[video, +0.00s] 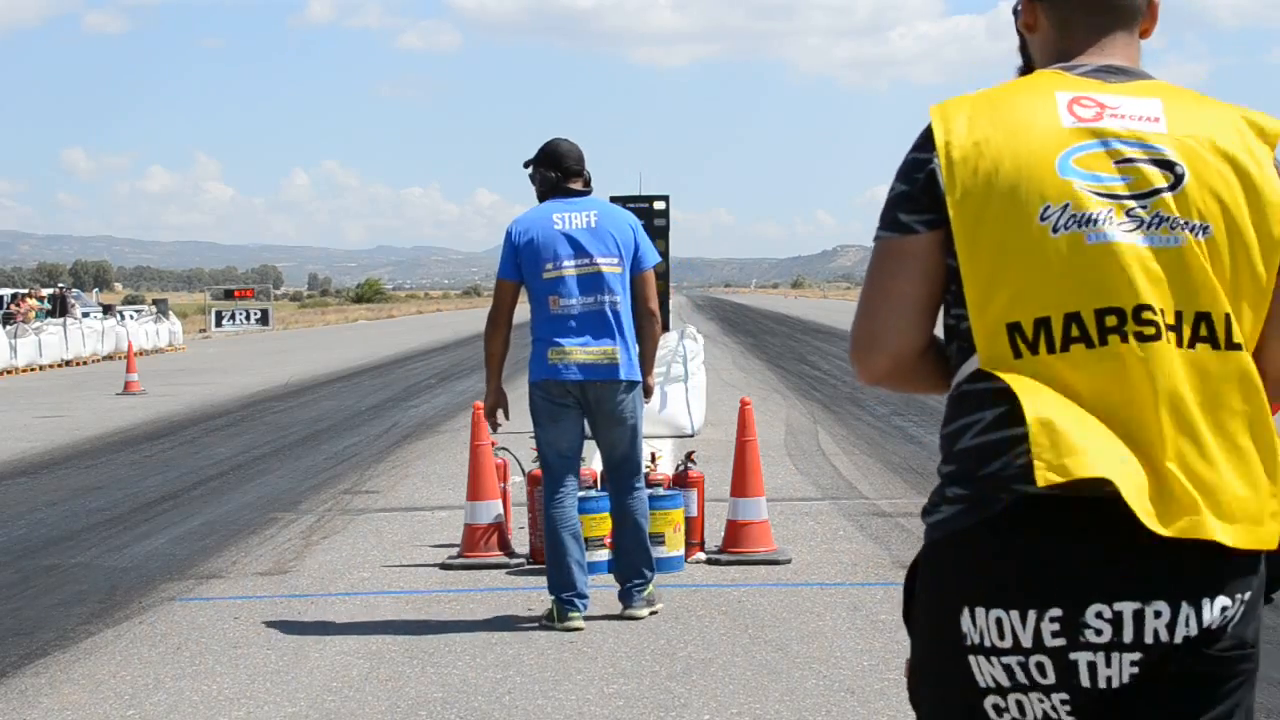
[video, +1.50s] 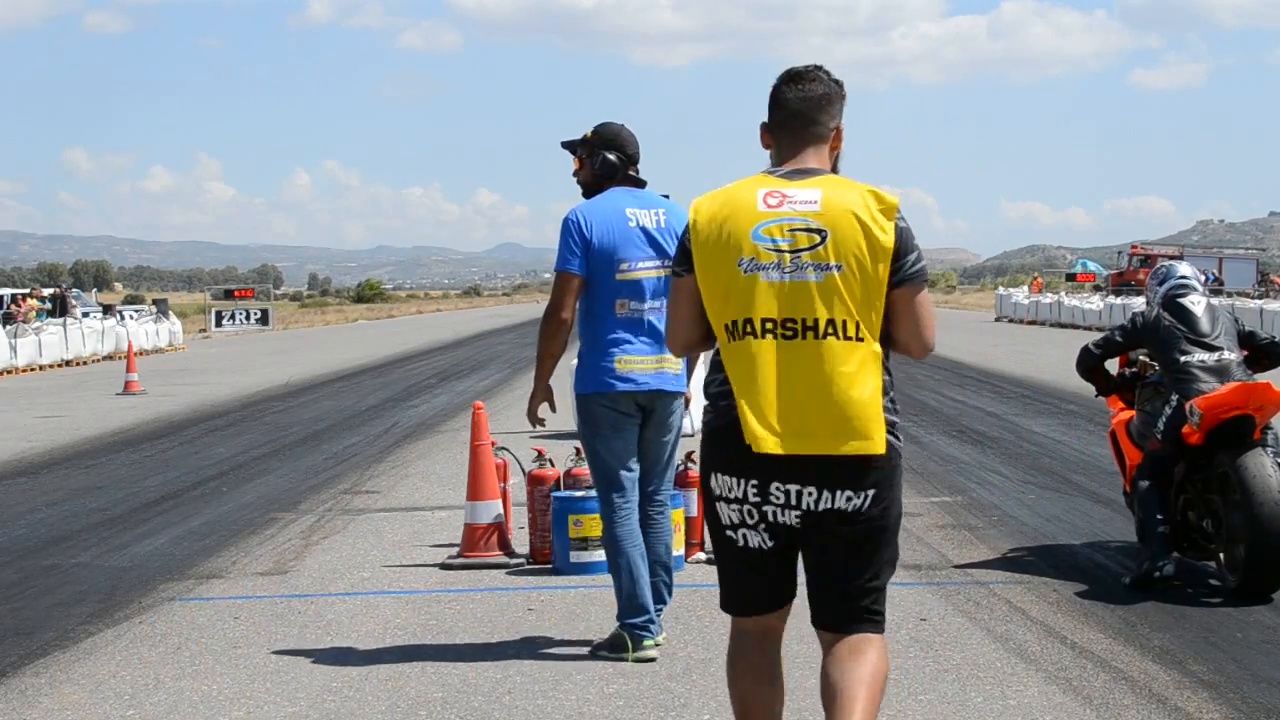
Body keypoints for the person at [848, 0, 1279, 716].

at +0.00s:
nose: (1019, 27)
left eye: (1017, 19)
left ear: (1026, 16)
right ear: (1152, 17)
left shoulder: (960, 132)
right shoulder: (1259, 145)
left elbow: (881, 354)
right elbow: (1270, 379)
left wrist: (999, 361)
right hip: (1207, 584)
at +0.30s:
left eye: (914, 71)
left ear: (922, 71)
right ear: (1032, 66)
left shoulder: (871, 183)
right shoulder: (1127, 178)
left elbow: (815, 381)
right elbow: (1172, 375)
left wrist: (912, 363)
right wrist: (1063, 361)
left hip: (921, 552)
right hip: (1091, 549)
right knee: (1093, 708)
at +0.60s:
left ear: (845, 71)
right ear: (945, 68)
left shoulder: (791, 173)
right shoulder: (1016, 165)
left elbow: (743, 345)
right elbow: (1070, 337)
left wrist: (835, 308)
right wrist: (976, 307)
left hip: (853, 480)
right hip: (997, 487)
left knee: (870, 707)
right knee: (959, 704)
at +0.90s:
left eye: (829, 93)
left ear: (829, 101)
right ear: (919, 104)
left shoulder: (773, 193)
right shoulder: (975, 206)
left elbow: (719, 342)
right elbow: (1000, 365)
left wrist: (804, 313)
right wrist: (917, 321)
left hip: (812, 483)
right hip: (937, 489)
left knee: (831, 699)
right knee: (895, 694)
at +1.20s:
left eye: (802, 103)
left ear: (802, 108)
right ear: (884, 110)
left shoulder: (749, 192)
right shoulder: (934, 198)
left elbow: (707, 330)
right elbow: (965, 341)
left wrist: (782, 302)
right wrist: (887, 309)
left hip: (777, 462)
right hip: (902, 462)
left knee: (768, 651)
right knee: (876, 664)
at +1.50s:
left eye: (769, 127)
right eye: (838, 128)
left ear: (765, 134)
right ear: (840, 135)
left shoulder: (709, 215)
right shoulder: (877, 215)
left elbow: (683, 338)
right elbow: (918, 341)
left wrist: (750, 301)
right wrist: (852, 302)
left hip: (743, 456)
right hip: (851, 457)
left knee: (754, 623)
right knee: (854, 627)